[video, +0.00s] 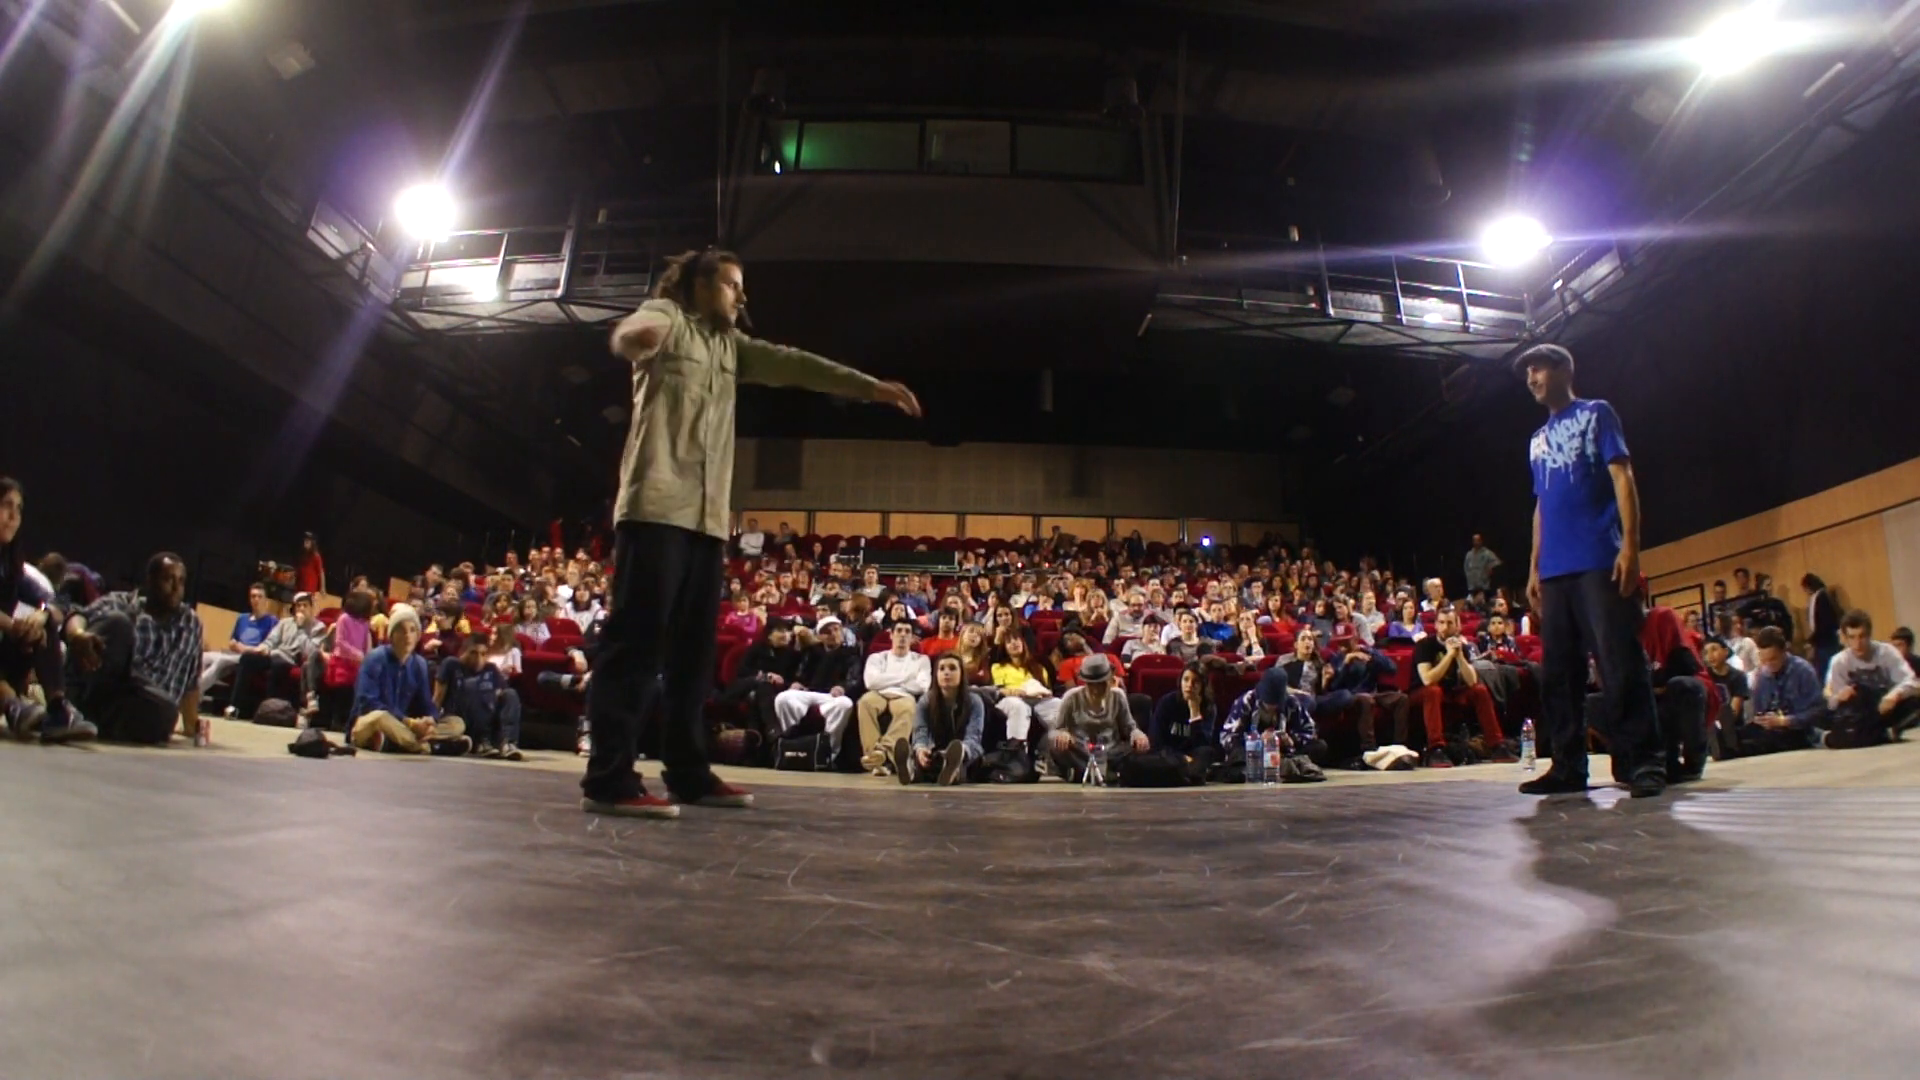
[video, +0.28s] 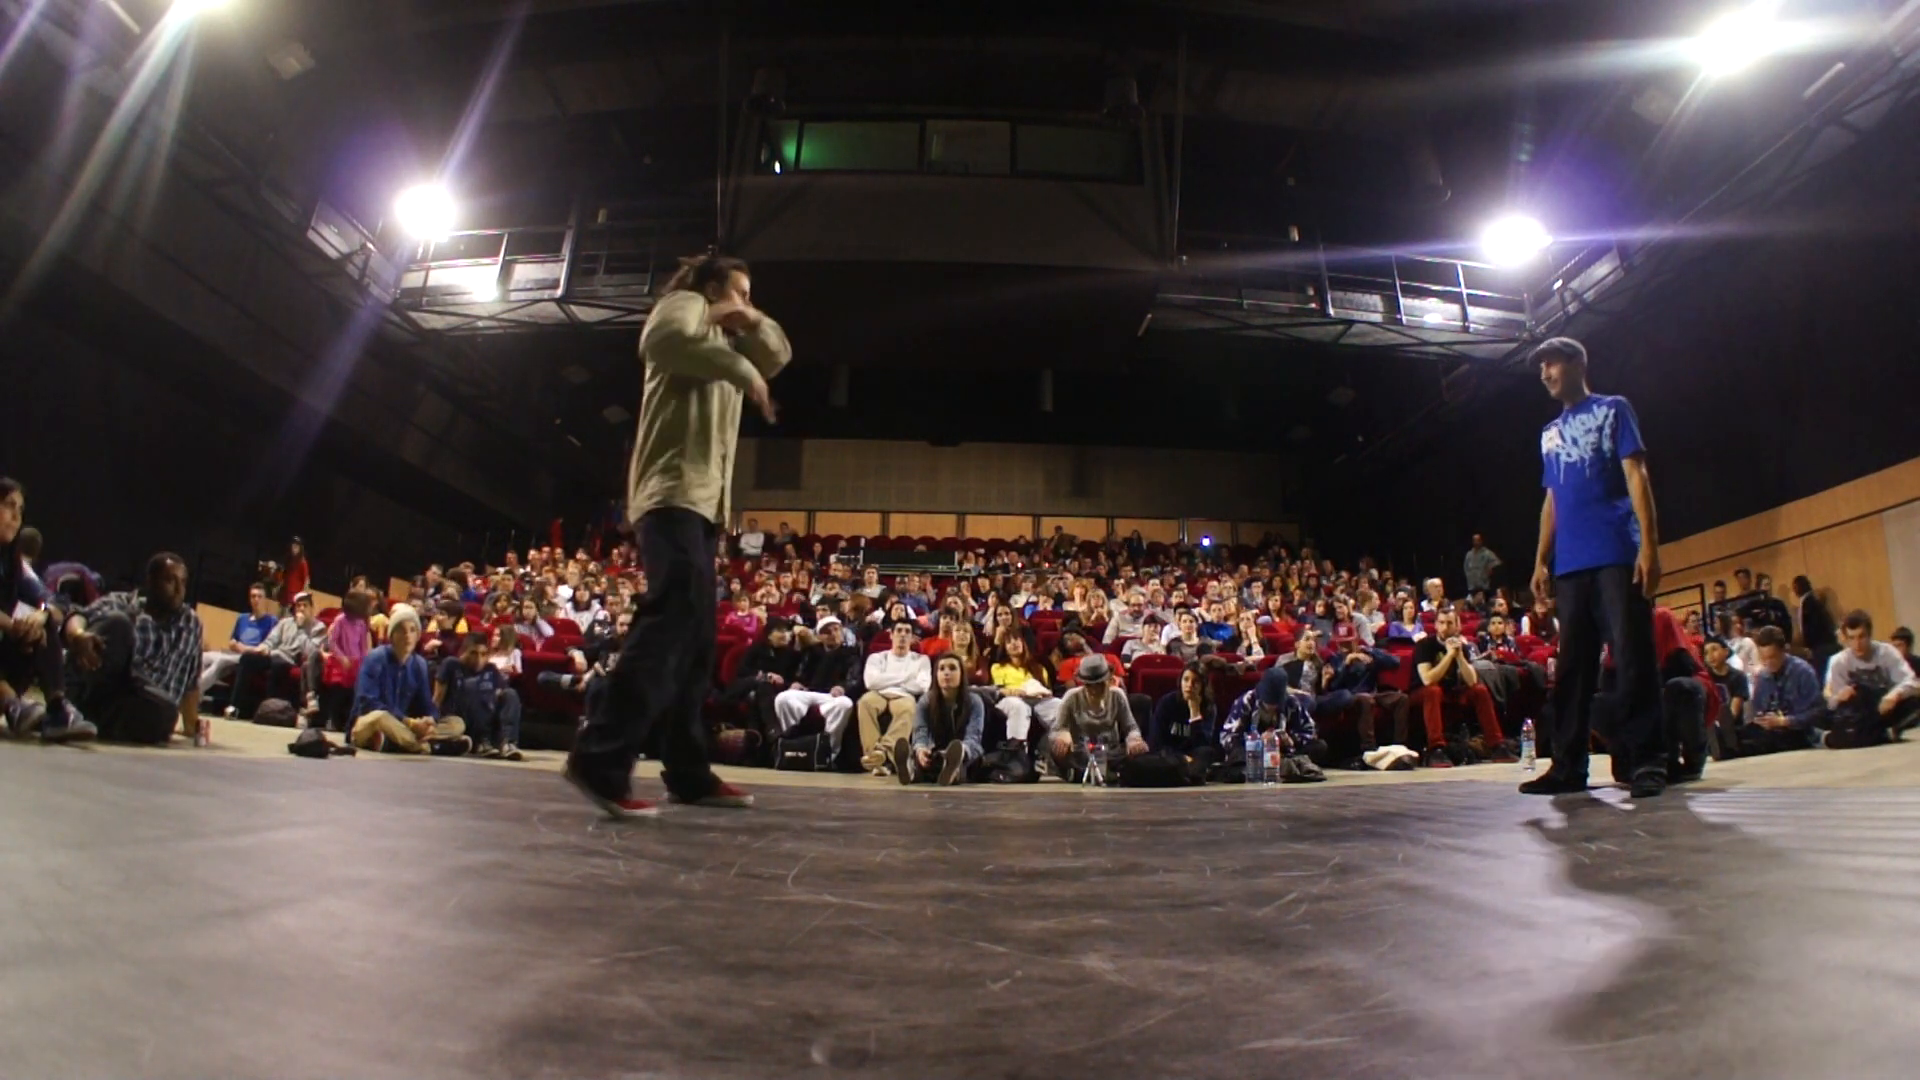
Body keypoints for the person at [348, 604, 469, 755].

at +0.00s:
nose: (408, 636)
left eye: (413, 630)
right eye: (401, 631)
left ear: (418, 635)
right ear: (391, 635)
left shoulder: (420, 664)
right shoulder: (375, 659)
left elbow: (426, 704)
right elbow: (367, 703)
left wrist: (430, 720)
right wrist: (406, 722)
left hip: (411, 725)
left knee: (457, 723)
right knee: (380, 717)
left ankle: (395, 744)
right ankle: (426, 748)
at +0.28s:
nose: (408, 637)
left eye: (412, 631)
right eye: (401, 631)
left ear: (418, 635)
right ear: (391, 635)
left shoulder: (420, 664)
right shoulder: (375, 658)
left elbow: (426, 705)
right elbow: (367, 703)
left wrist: (430, 720)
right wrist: (407, 722)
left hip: (411, 726)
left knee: (457, 724)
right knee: (381, 718)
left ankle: (394, 744)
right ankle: (426, 748)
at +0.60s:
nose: (408, 636)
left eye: (412, 630)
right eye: (401, 631)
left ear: (418, 635)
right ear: (391, 635)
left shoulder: (419, 664)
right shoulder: (376, 658)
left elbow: (425, 704)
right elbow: (367, 703)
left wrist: (430, 720)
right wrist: (407, 722)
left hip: (412, 725)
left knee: (457, 723)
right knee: (381, 717)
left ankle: (395, 744)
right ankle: (426, 748)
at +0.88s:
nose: (408, 637)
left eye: (413, 631)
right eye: (402, 631)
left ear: (418, 635)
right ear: (391, 635)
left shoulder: (419, 664)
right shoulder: (375, 659)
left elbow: (426, 704)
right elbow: (368, 703)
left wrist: (430, 720)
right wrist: (407, 722)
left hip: (411, 725)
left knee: (457, 724)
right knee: (380, 717)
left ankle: (394, 744)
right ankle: (426, 748)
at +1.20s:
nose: (408, 637)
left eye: (413, 631)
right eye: (401, 631)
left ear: (418, 635)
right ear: (391, 635)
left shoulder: (420, 664)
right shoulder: (376, 659)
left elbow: (426, 704)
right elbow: (367, 703)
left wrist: (430, 720)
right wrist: (407, 722)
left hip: (411, 724)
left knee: (457, 723)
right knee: (381, 717)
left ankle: (394, 744)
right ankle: (425, 748)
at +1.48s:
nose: (408, 637)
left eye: (413, 631)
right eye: (401, 631)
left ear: (418, 635)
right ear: (391, 635)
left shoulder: (419, 664)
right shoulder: (376, 659)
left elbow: (426, 704)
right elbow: (367, 703)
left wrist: (430, 720)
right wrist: (407, 722)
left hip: (411, 725)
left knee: (457, 724)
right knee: (380, 717)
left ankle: (394, 744)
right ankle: (425, 748)